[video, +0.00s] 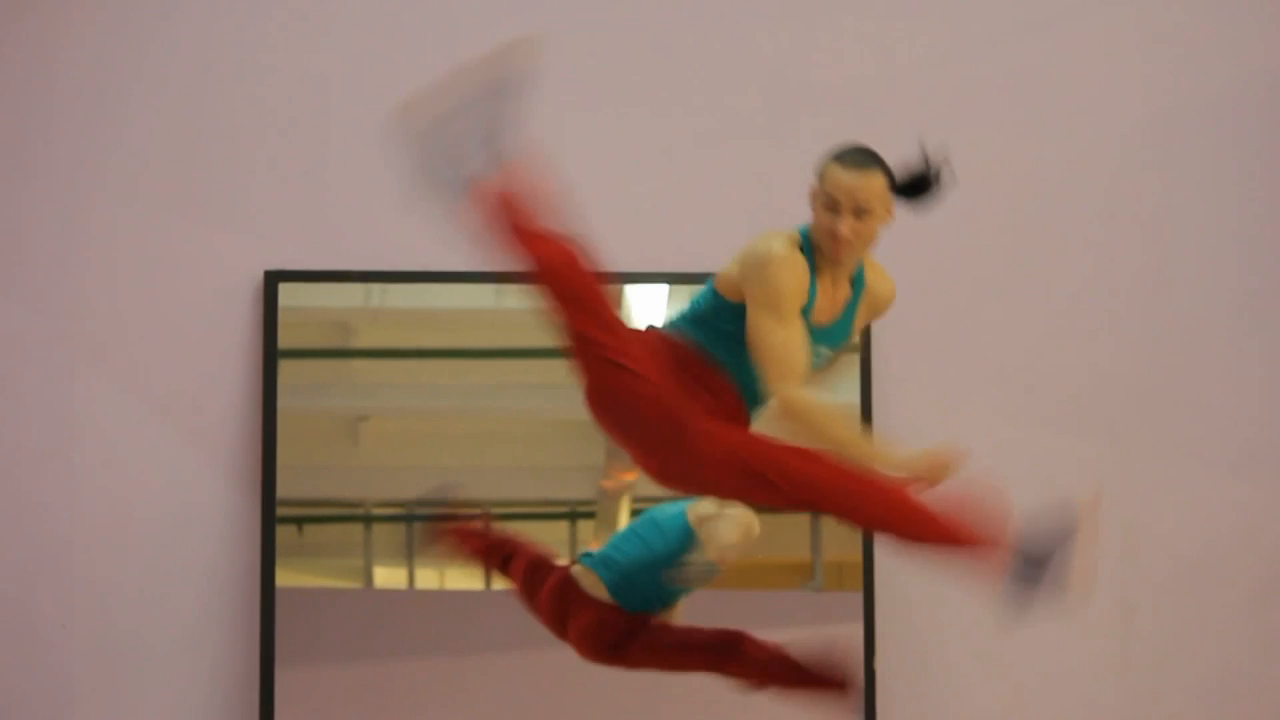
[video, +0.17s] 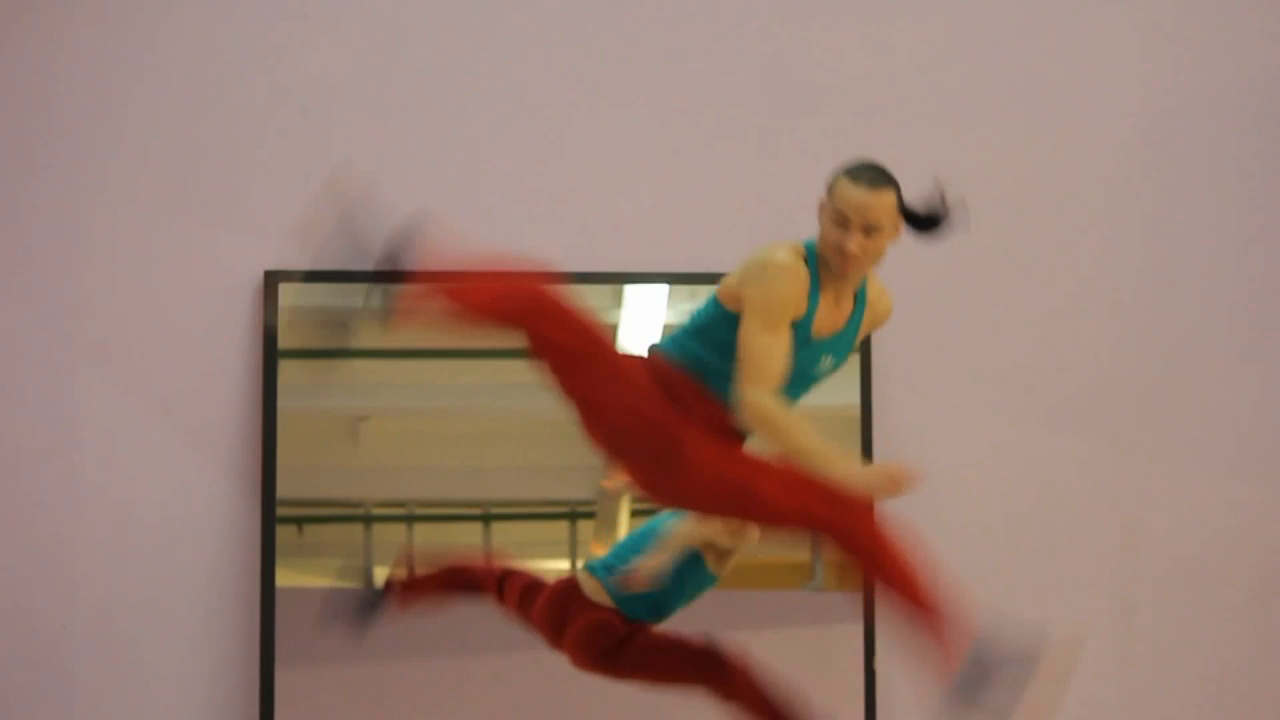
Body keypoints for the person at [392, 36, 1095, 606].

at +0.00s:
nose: (842, 226)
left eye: (861, 215)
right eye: (832, 208)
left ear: (885, 222)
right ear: (811, 201)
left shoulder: (873, 293)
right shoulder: (774, 265)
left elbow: (810, 372)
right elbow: (786, 398)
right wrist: (884, 463)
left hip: (717, 439)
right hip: (652, 382)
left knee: (829, 479)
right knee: (580, 291)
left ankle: (1004, 552)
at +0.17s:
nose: (854, 245)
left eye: (871, 232)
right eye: (842, 226)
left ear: (895, 236)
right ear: (820, 219)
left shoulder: (873, 306)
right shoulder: (779, 272)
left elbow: (779, 391)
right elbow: (754, 404)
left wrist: (740, 496)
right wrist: (846, 476)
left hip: (705, 458)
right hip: (642, 407)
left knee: (848, 513)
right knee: (547, 298)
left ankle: (958, 657)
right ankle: (410, 277)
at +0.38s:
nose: (855, 262)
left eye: (873, 252)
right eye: (846, 243)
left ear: (894, 261)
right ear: (824, 235)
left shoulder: (869, 322)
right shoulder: (779, 288)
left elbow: (779, 391)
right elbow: (724, 406)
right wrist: (812, 481)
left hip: (699, 477)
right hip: (637, 425)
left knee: (828, 562)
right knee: (512, 357)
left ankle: (887, 707)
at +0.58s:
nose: (853, 285)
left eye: (873, 275)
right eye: (845, 265)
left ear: (891, 285)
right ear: (824, 256)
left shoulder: (860, 341)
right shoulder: (777, 308)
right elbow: (697, 413)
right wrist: (774, 486)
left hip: (695, 504)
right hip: (623, 453)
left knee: (778, 630)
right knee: (490, 433)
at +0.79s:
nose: (842, 314)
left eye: (862, 305)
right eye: (836, 294)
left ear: (884, 315)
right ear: (816, 285)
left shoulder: (853, 373)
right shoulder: (765, 337)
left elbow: (762, 443)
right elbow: (675, 435)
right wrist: (749, 513)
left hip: (689, 543)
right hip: (618, 491)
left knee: (733, 701)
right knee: (466, 543)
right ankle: (431, 687)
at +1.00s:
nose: (826, 344)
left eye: (847, 333)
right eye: (820, 322)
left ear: (870, 345)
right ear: (800, 316)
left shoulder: (840, 406)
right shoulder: (741, 368)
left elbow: (759, 487)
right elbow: (648, 468)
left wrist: (731, 563)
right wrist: (704, 555)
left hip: (686, 588)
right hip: (606, 545)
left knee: (693, 713)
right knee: (461, 644)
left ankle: (564, 690)